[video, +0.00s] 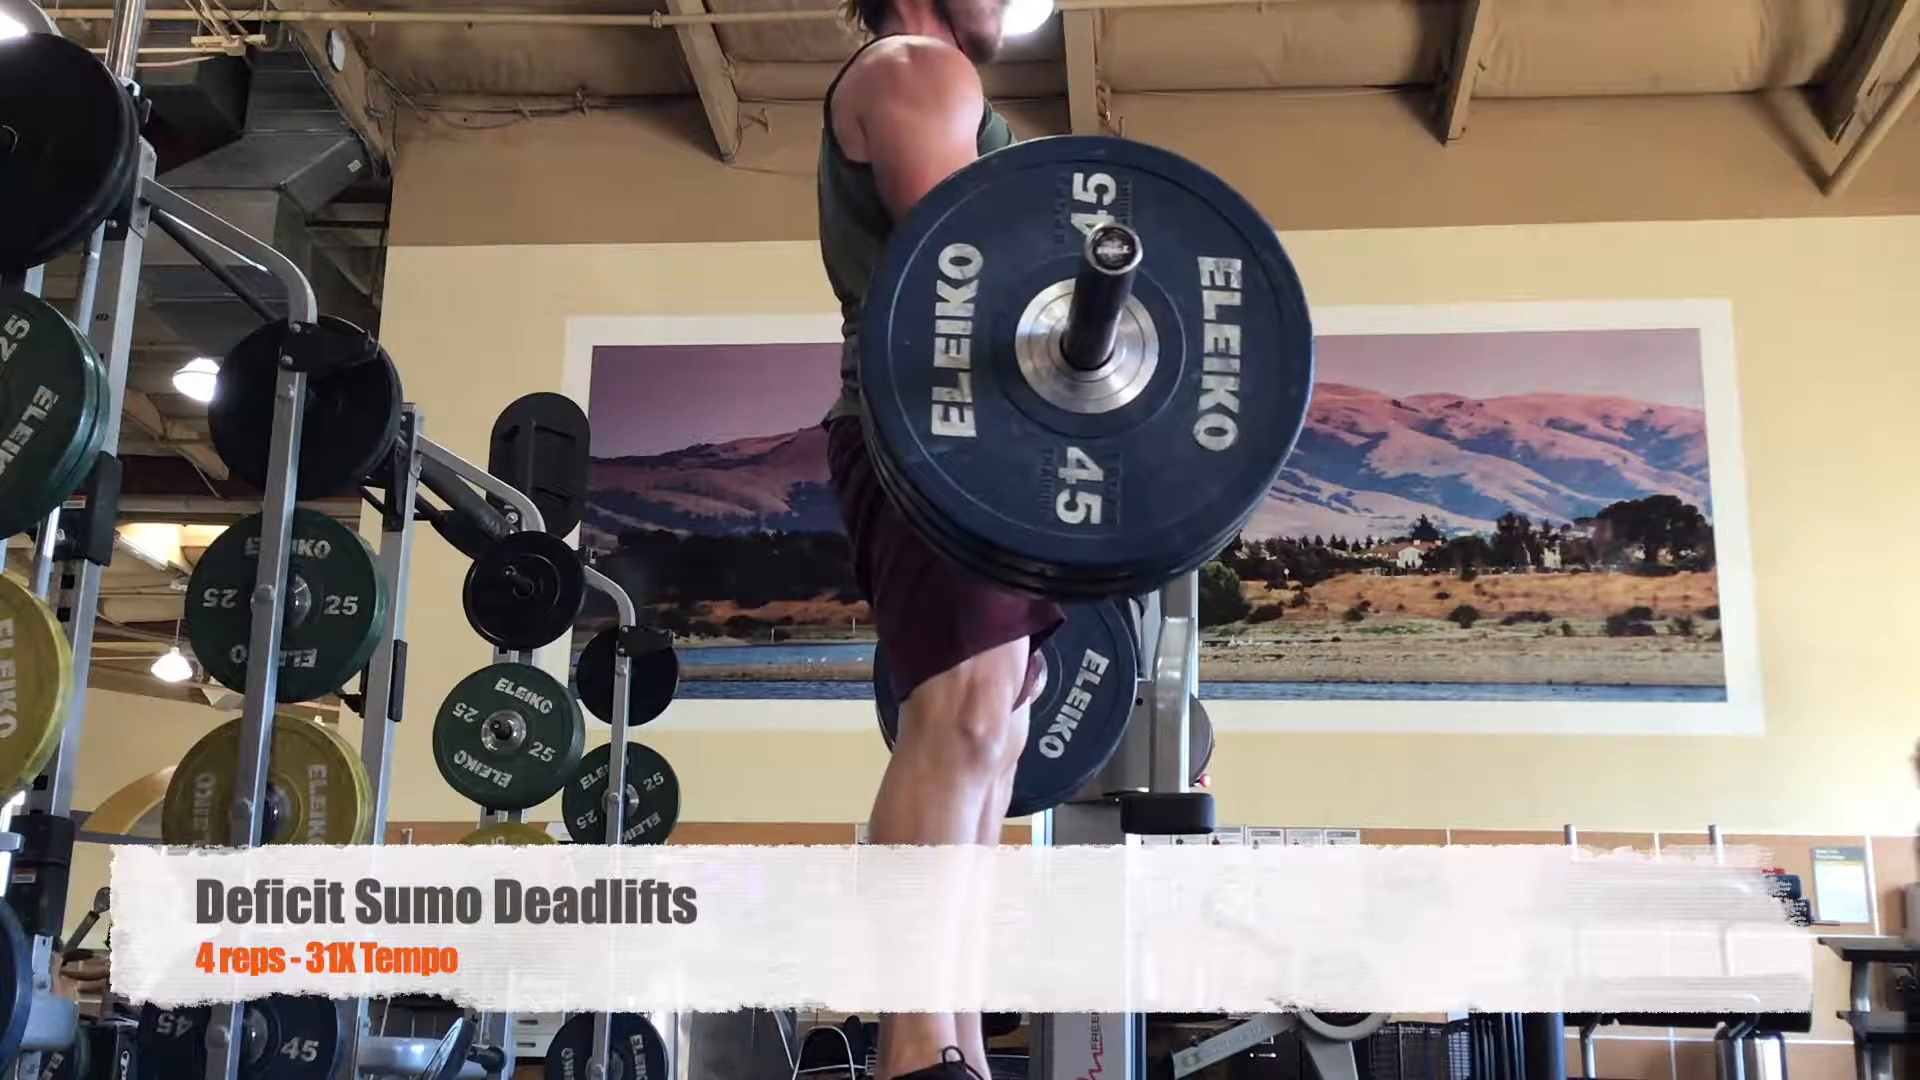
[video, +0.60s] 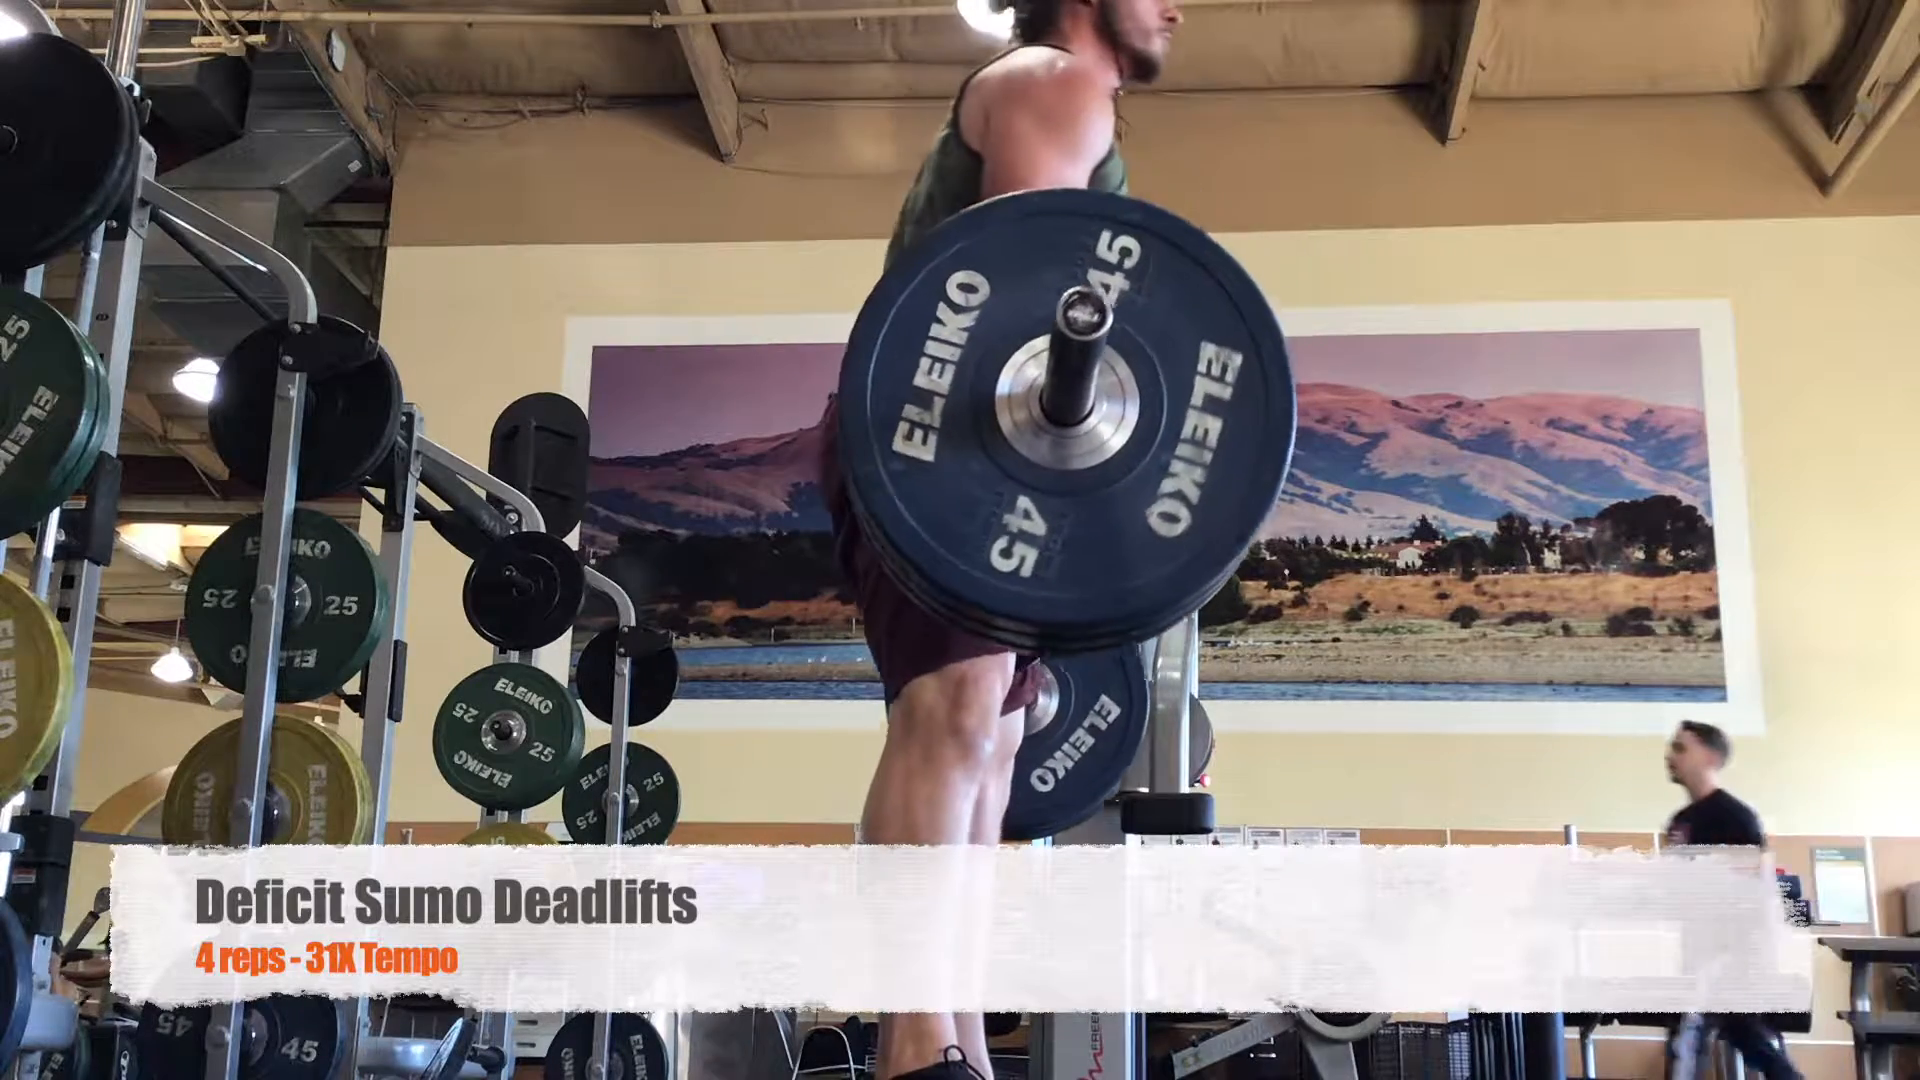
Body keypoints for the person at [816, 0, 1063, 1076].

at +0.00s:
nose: (1013, 2)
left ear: (909, 10)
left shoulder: (932, 81)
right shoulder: (915, 69)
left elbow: (982, 283)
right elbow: (973, 277)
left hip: (965, 427)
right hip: (918, 422)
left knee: (994, 727)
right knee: (967, 711)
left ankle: (956, 1039)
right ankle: (913, 1050)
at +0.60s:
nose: (1171, 10)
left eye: (1167, 0)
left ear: (1079, 12)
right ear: (1088, 1)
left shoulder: (1062, 98)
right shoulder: (1054, 84)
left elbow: (1045, 334)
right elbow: (1038, 322)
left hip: (967, 442)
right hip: (920, 432)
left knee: (996, 713)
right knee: (962, 696)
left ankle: (956, 1037)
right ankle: (917, 1041)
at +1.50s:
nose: (1299, 129)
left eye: (1297, 108)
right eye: (1282, 103)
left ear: (1221, 116)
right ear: (1209, 106)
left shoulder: (1162, 246)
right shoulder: (1132, 192)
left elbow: (1105, 438)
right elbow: (1069, 407)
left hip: (905, 448)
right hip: (839, 426)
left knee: (991, 721)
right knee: (934, 701)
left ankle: (955, 1029)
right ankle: (907, 1037)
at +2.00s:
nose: (1347, 278)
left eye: (1347, 251)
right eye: (1333, 244)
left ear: (1263, 242)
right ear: (1261, 235)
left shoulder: (1185, 427)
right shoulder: (1154, 314)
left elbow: (1135, 582)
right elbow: (1084, 552)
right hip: (827, 457)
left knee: (996, 746)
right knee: (954, 726)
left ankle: (970, 1043)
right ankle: (923, 1043)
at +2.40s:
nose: (1379, 439)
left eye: (1382, 417)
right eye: (1367, 406)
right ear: (1293, 387)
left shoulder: (1188, 579)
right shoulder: (1166, 457)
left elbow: (1133, 739)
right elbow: (1080, 699)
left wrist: (1134, 894)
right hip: (809, 542)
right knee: (1039, 696)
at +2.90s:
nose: (1387, 342)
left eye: (1390, 320)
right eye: (1375, 308)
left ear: (1304, 294)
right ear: (1301, 286)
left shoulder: (1199, 467)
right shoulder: (1176, 354)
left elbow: (1141, 630)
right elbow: (1082, 582)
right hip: (840, 458)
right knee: (978, 727)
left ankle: (933, 1032)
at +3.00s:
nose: (1361, 258)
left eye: (1364, 235)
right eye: (1350, 225)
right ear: (1274, 206)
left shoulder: (1189, 395)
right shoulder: (1165, 286)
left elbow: (1145, 543)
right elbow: (1089, 502)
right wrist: (1091, 661)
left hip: (911, 466)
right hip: (840, 434)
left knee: (981, 728)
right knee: (945, 713)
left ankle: (965, 1037)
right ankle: (922, 1039)